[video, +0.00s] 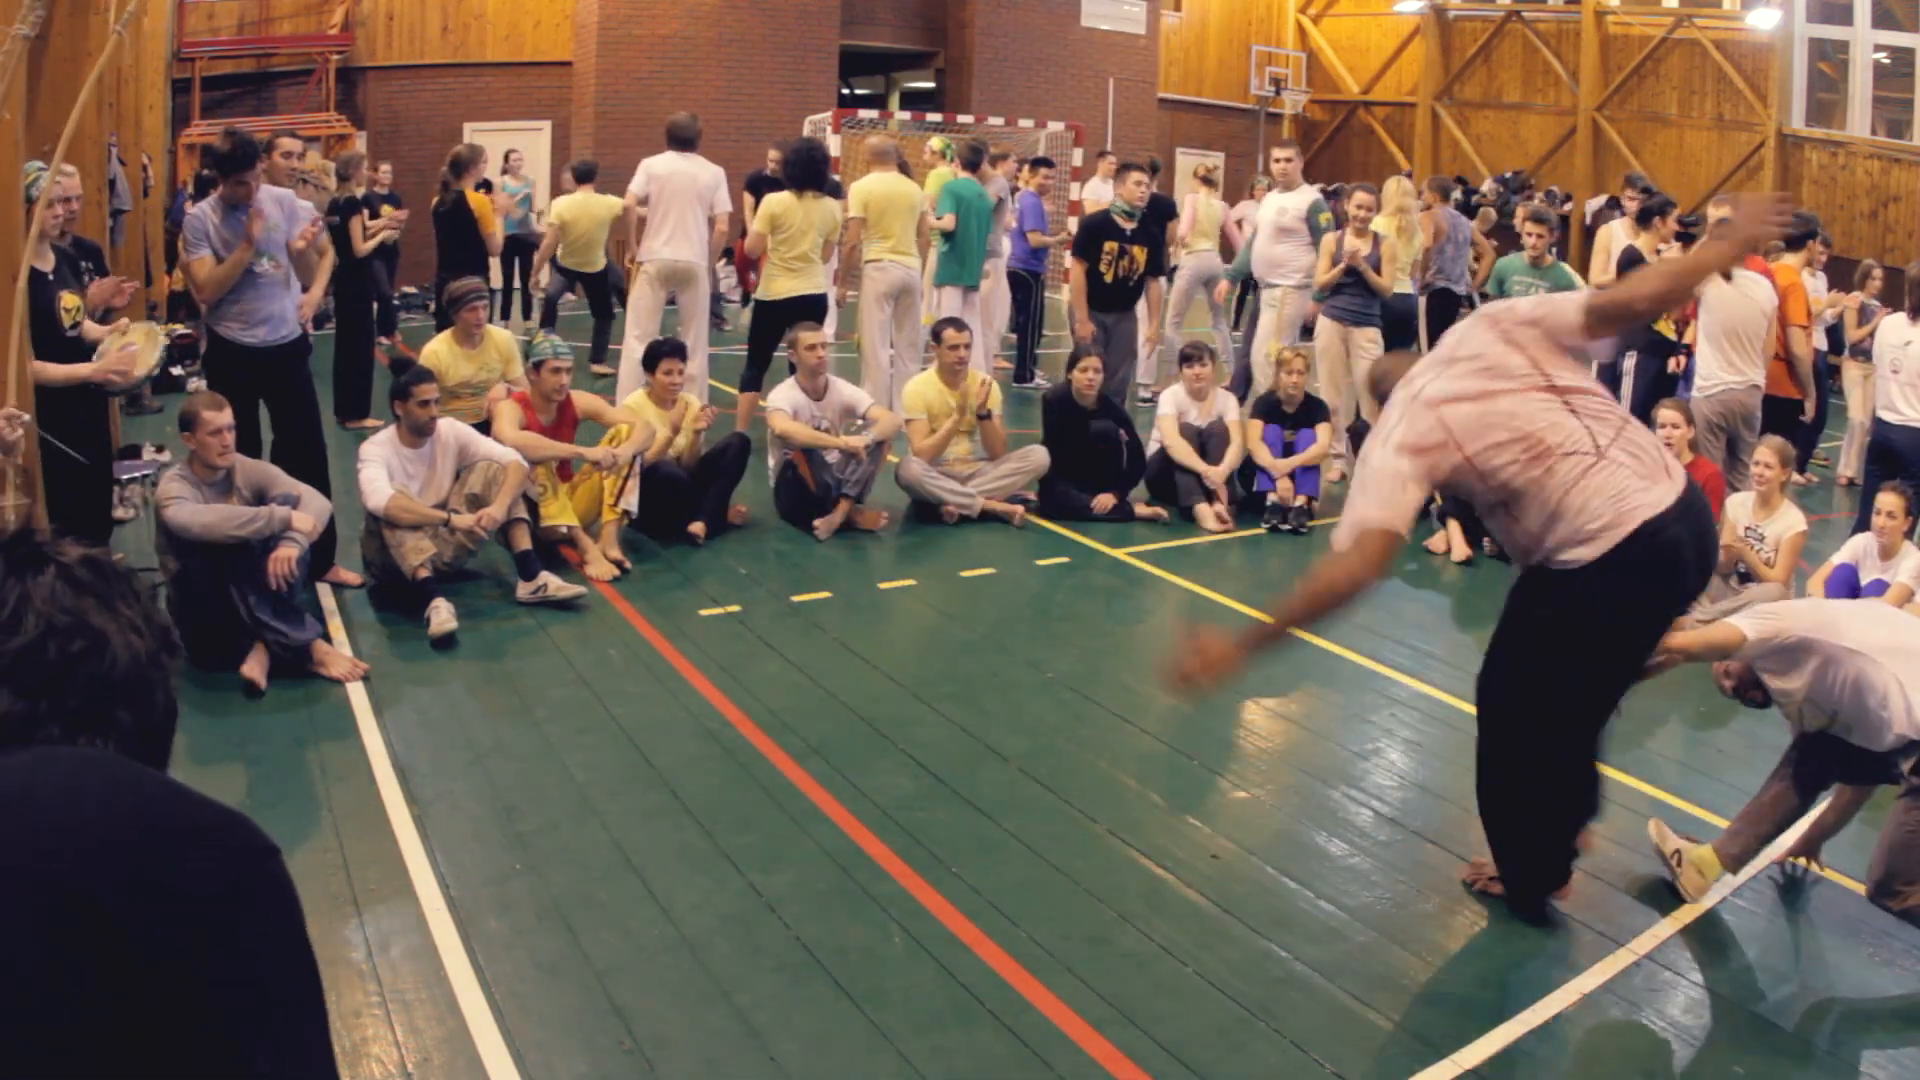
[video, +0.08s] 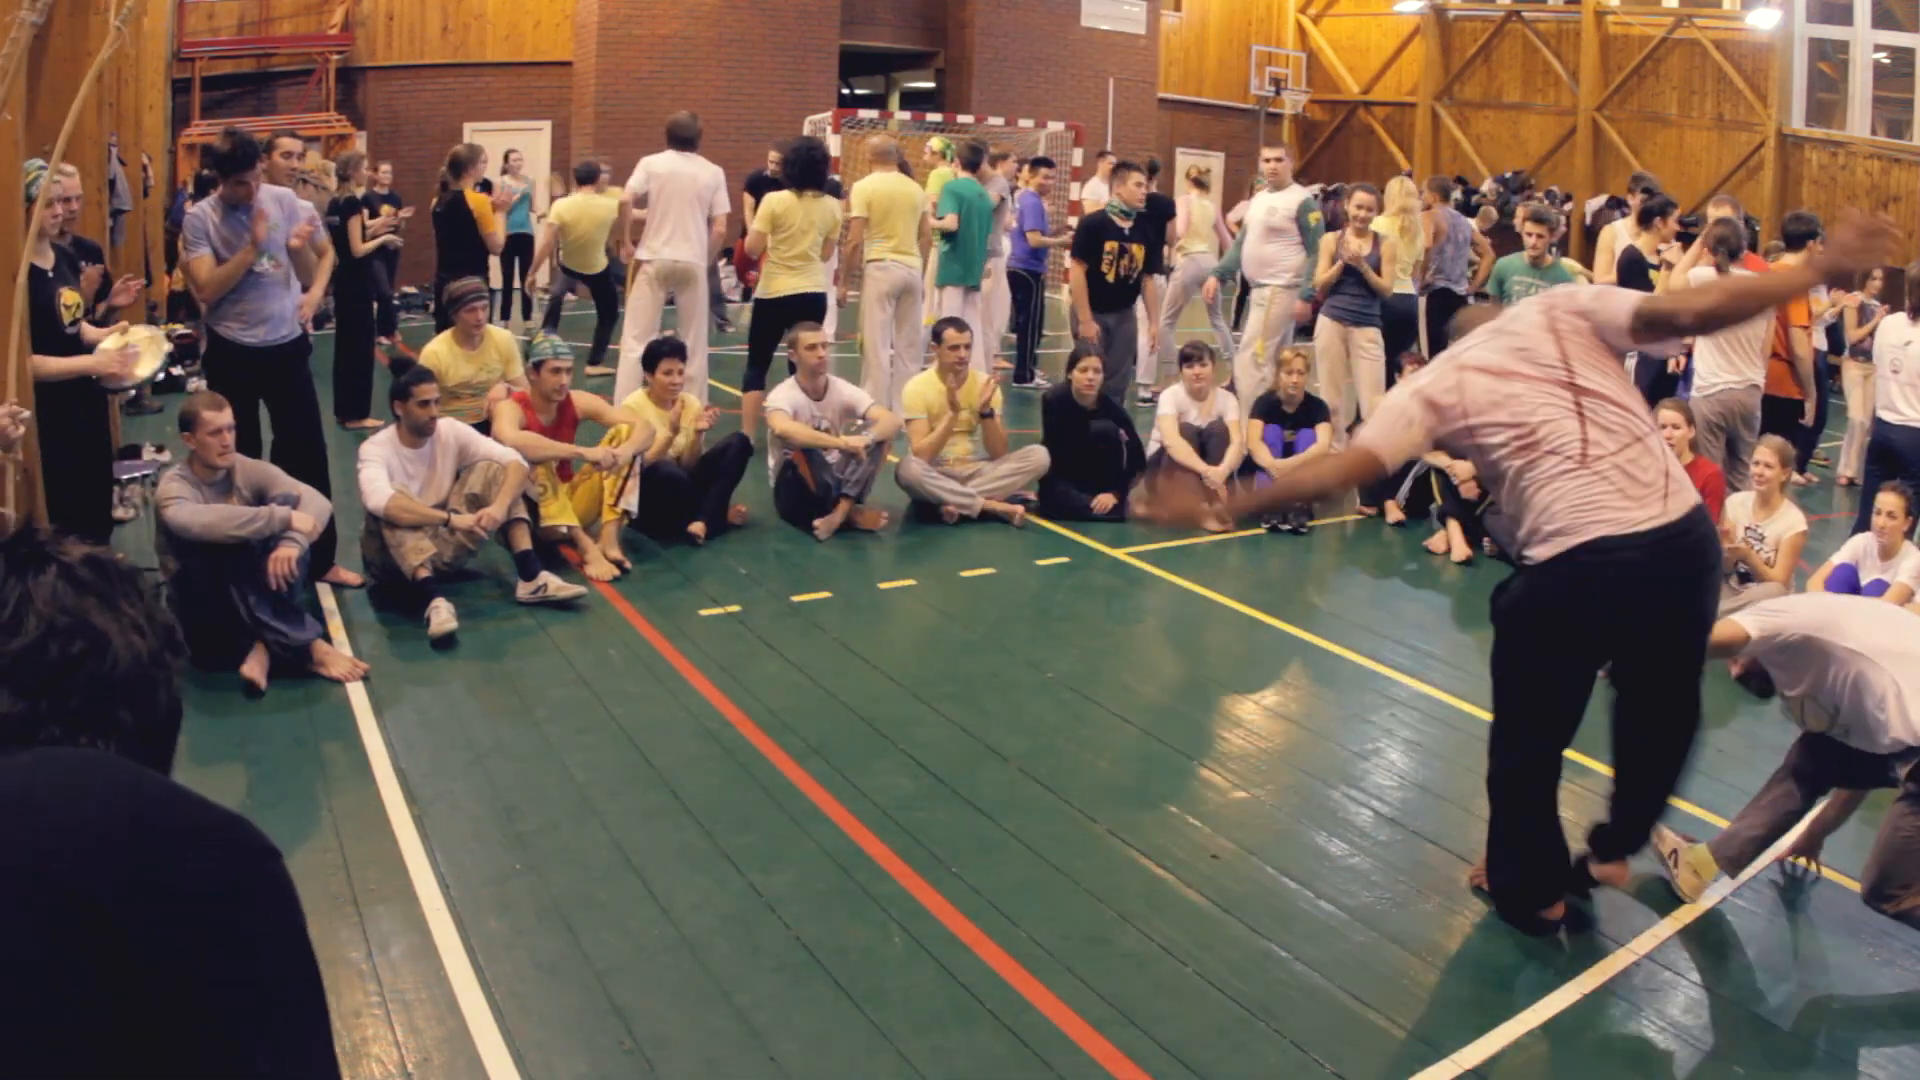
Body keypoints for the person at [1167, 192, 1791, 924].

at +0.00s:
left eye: (1370, 411)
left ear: (1378, 399)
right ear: (1421, 350)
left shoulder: (1401, 429)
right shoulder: (1498, 322)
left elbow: (1357, 567)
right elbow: (1623, 302)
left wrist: (1243, 645)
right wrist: (1723, 244)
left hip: (1598, 559)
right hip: (1681, 521)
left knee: (1511, 702)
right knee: (1574, 695)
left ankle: (1531, 882)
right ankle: (1559, 833)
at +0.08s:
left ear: (1439, 337)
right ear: (1495, 304)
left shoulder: (1431, 387)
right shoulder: (1570, 303)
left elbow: (1350, 464)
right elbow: (1689, 310)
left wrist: (1238, 500)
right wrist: (1817, 267)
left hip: (1565, 569)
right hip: (1680, 548)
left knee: (1528, 746)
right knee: (1658, 708)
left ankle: (1532, 897)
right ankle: (1616, 847)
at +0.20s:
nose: (1660, 301)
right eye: (1659, 293)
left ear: (1580, 287)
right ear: (1646, 287)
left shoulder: (1510, 332)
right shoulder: (1653, 305)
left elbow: (1386, 368)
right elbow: (1706, 352)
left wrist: (1336, 321)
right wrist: (1857, 374)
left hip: (1543, 575)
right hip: (1665, 579)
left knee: (1524, 732)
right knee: (1722, 757)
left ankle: (1527, 890)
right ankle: (1664, 916)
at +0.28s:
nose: (1749, 354)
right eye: (1750, 340)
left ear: (1655, 289)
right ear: (1725, 309)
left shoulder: (1573, 316)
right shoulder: (1720, 323)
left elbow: (1462, 343)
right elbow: (1695, 373)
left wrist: (1511, 323)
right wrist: (1828, 476)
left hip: (1531, 574)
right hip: (1649, 588)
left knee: (1524, 748)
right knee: (1745, 788)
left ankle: (1521, 896)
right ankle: (1700, 970)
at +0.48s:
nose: (1855, 457)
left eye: (1861, 445)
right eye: (1857, 442)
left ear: (1795, 399)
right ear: (1841, 431)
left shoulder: (1718, 417)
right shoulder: (1807, 480)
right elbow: (1762, 633)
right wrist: (1772, 688)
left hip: (1523, 636)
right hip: (1622, 667)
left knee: (1603, 740)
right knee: (1758, 816)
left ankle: (1544, 897)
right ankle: (1656, 1019)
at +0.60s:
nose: (1867, 605)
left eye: (1874, 593)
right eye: (1871, 592)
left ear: (1815, 538)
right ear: (1856, 586)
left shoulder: (1761, 541)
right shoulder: (1799, 619)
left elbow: (1828, 661)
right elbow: (1842, 767)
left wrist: (1877, 733)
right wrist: (1837, 872)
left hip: (1523, 720)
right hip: (1577, 750)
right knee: (1780, 832)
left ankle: (1635, 927)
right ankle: (1657, 1023)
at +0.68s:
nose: (1846, 688)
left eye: (1851, 680)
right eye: (1851, 677)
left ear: (1809, 605)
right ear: (1837, 670)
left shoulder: (1758, 594)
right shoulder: (1780, 694)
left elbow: (1806, 685)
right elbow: (1864, 836)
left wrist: (1870, 754)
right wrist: (1873, 789)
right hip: (1561, 827)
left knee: (1748, 807)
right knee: (1791, 851)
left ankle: (1639, 938)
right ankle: (1660, 1025)